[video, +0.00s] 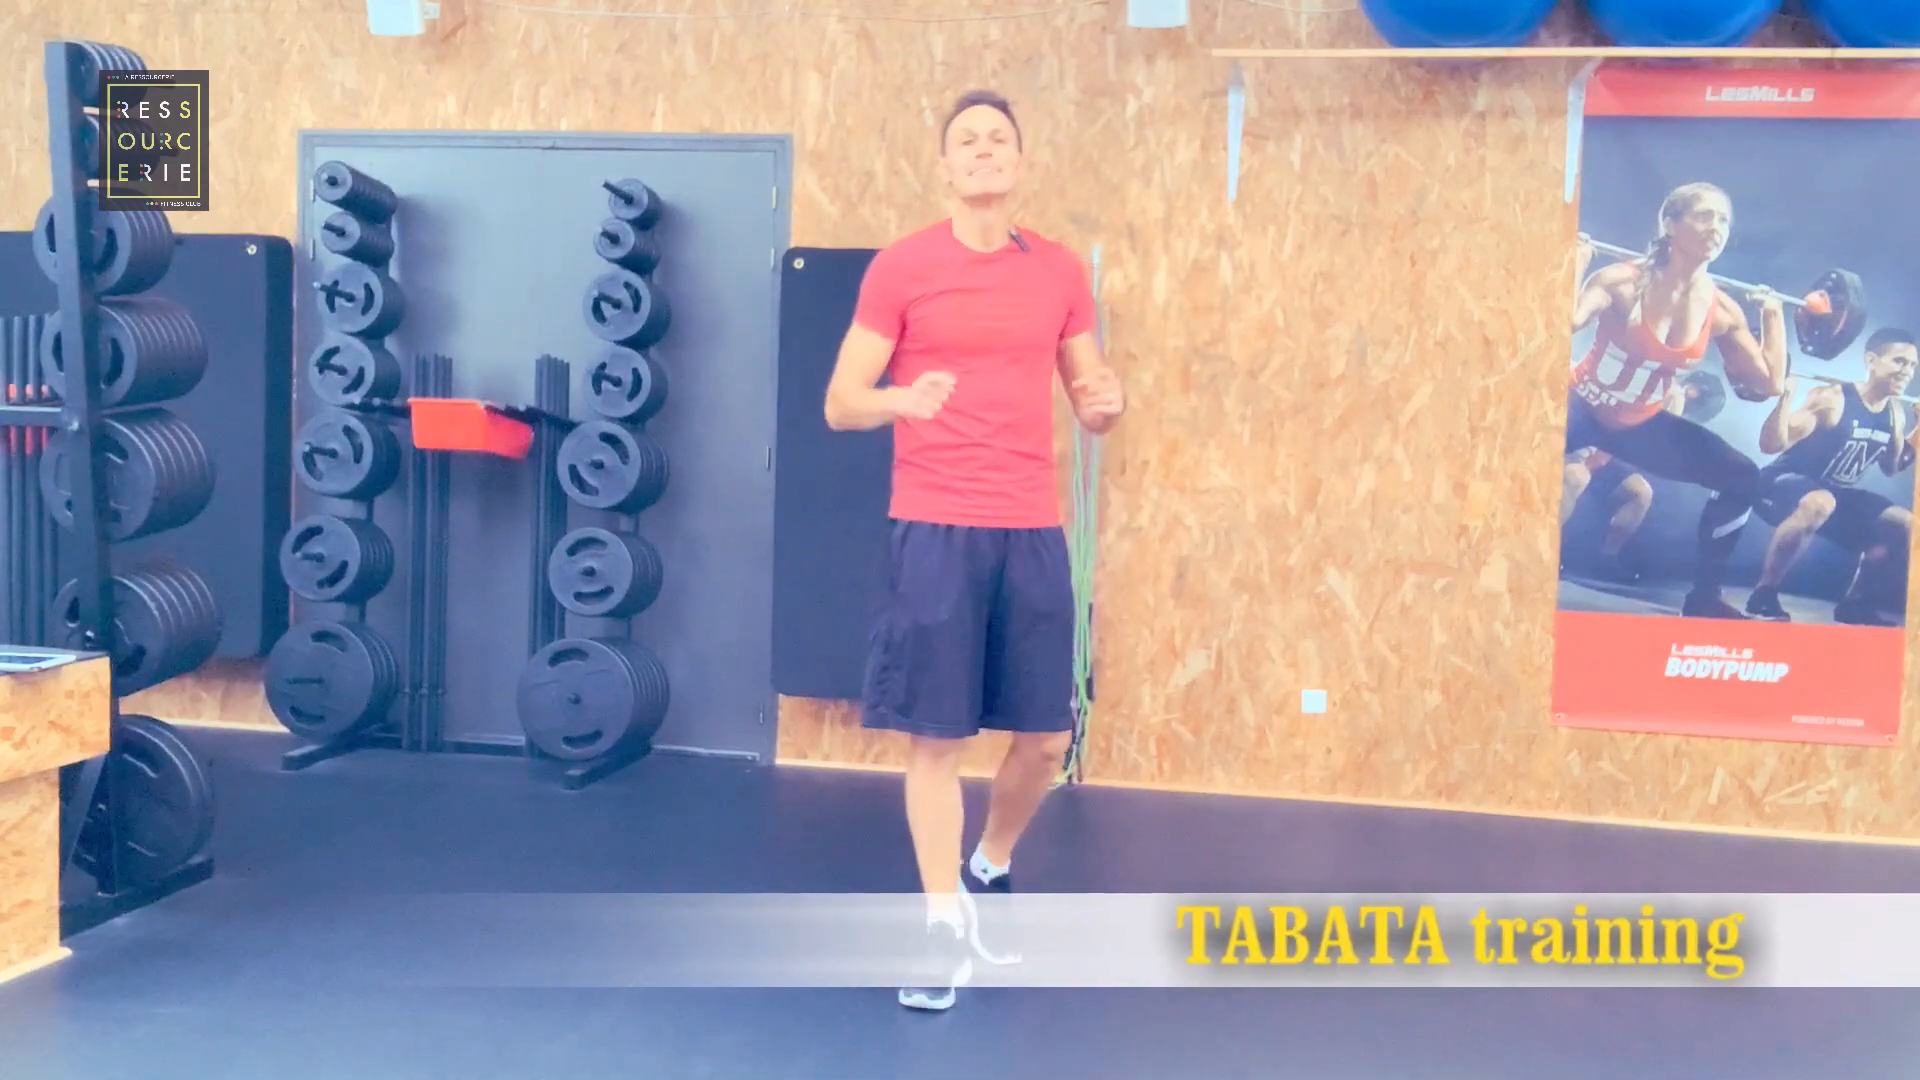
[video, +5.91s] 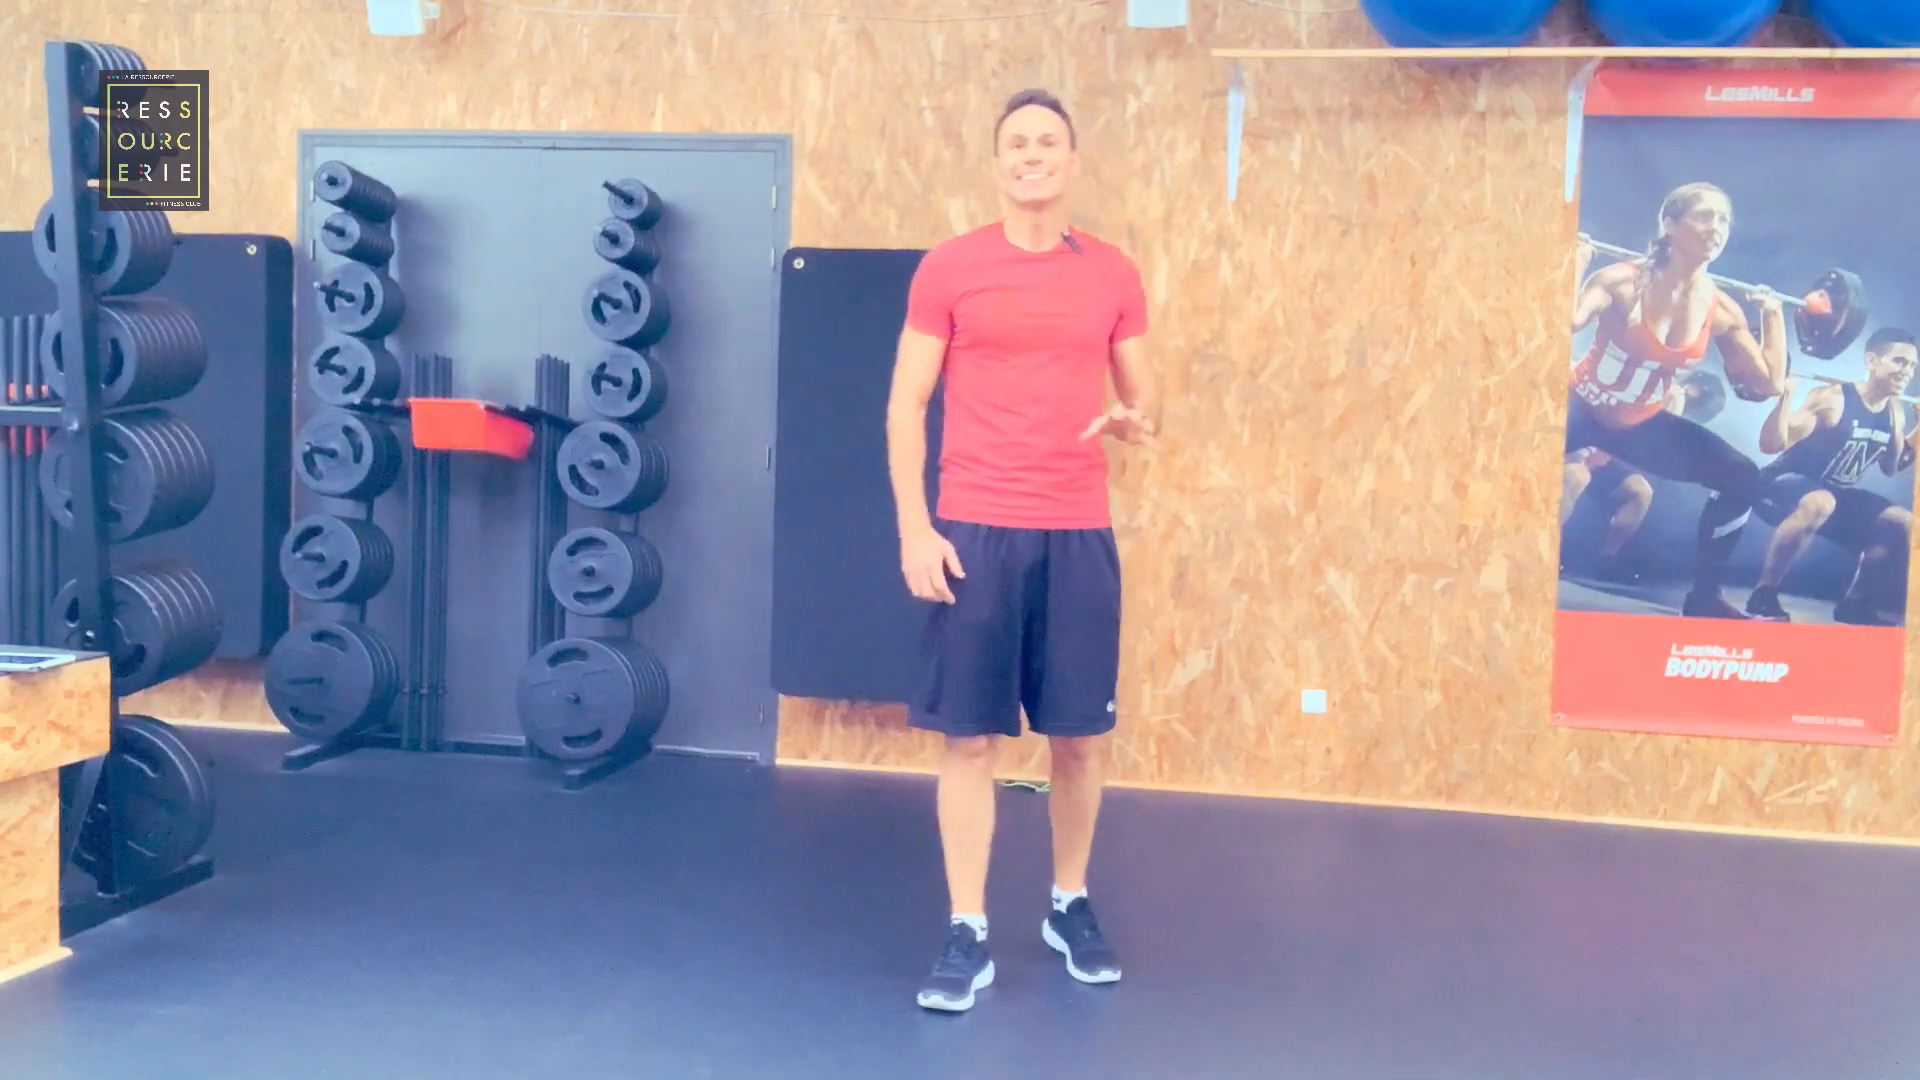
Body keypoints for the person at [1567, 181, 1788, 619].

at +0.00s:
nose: (1716, 228)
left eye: (1724, 221)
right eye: (1704, 216)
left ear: (1728, 234)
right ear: (1670, 224)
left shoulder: (1722, 310)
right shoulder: (1620, 279)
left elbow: (1769, 386)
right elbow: (1559, 325)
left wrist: (1773, 312)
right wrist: (1573, 269)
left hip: (1644, 425)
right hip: (1579, 408)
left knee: (1742, 477)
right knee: (1515, 446)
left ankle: (1705, 597)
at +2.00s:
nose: (1716, 228)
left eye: (1724, 220)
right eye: (1704, 216)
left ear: (1729, 233)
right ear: (1670, 224)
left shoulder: (1721, 310)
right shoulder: (1620, 279)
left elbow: (1769, 385)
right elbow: (1558, 326)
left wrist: (1773, 312)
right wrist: (1572, 268)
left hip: (1645, 425)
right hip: (1579, 409)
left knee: (1742, 478)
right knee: (1510, 452)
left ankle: (1705, 597)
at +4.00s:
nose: (1717, 228)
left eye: (1724, 220)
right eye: (1705, 216)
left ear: (1728, 233)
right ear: (1670, 224)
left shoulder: (1722, 311)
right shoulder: (1620, 279)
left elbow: (1769, 386)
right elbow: (1558, 325)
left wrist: (1773, 313)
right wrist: (1572, 269)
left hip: (1645, 425)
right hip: (1579, 410)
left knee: (1742, 477)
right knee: (1514, 450)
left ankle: (1705, 597)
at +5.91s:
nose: (1716, 228)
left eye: (1724, 220)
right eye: (1704, 216)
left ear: (1729, 232)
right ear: (1670, 225)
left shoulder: (1721, 311)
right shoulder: (1620, 279)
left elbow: (1770, 386)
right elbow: (1558, 325)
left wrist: (1773, 312)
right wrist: (1573, 268)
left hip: (1644, 425)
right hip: (1579, 409)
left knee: (1742, 478)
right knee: (1510, 452)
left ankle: (1705, 598)